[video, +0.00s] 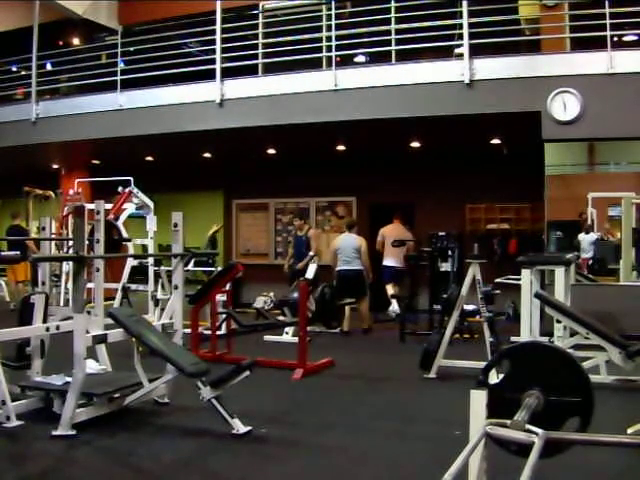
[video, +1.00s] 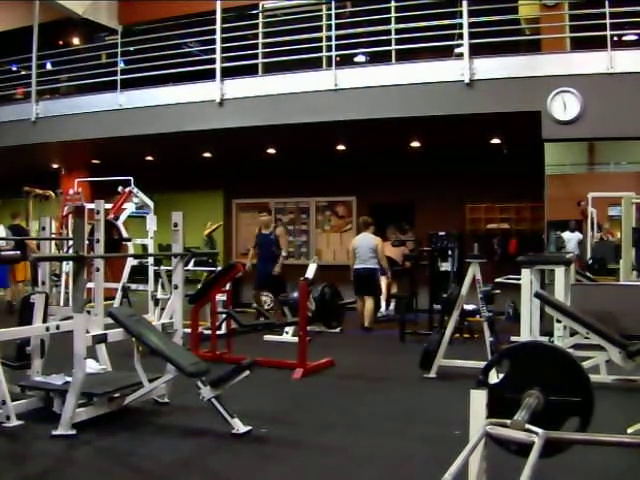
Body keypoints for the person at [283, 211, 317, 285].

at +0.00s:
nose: (294, 224)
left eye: (296, 221)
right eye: (294, 221)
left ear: (302, 221)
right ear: (293, 222)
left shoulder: (310, 232)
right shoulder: (295, 233)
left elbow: (313, 251)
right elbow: (292, 249)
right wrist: (287, 261)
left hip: (306, 263)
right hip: (296, 262)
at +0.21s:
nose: (285, 225)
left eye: (287, 222)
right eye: (283, 222)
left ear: (293, 222)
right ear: (282, 223)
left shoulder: (300, 233)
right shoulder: (285, 234)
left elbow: (304, 252)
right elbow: (282, 251)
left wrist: (296, 266)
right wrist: (276, 263)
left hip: (297, 264)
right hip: (286, 264)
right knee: (283, 289)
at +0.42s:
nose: (279, 222)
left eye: (281, 219)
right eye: (277, 219)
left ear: (287, 219)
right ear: (275, 220)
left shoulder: (294, 232)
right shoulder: (276, 233)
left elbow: (301, 250)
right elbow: (268, 248)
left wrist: (299, 265)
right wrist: (260, 262)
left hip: (290, 267)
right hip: (277, 266)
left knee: (288, 291)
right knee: (277, 291)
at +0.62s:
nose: (275, 222)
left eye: (277, 220)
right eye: (273, 220)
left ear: (283, 220)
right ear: (271, 221)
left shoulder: (289, 233)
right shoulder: (268, 233)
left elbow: (297, 249)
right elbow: (258, 246)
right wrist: (249, 257)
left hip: (286, 266)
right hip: (272, 265)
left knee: (284, 292)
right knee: (275, 291)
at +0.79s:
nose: (271, 222)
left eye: (274, 219)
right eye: (269, 219)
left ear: (279, 221)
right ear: (267, 221)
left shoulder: (285, 234)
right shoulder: (264, 234)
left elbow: (292, 249)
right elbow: (256, 247)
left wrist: (293, 257)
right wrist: (248, 258)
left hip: (282, 265)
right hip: (268, 265)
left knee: (280, 291)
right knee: (266, 290)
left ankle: (280, 313)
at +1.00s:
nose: (262, 219)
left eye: (264, 216)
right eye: (260, 216)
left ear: (271, 217)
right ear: (258, 218)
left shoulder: (278, 230)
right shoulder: (259, 230)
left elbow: (284, 249)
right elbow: (253, 247)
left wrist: (279, 265)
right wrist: (249, 261)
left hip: (273, 265)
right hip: (261, 265)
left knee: (275, 292)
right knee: (257, 291)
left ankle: (278, 314)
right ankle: (259, 313)